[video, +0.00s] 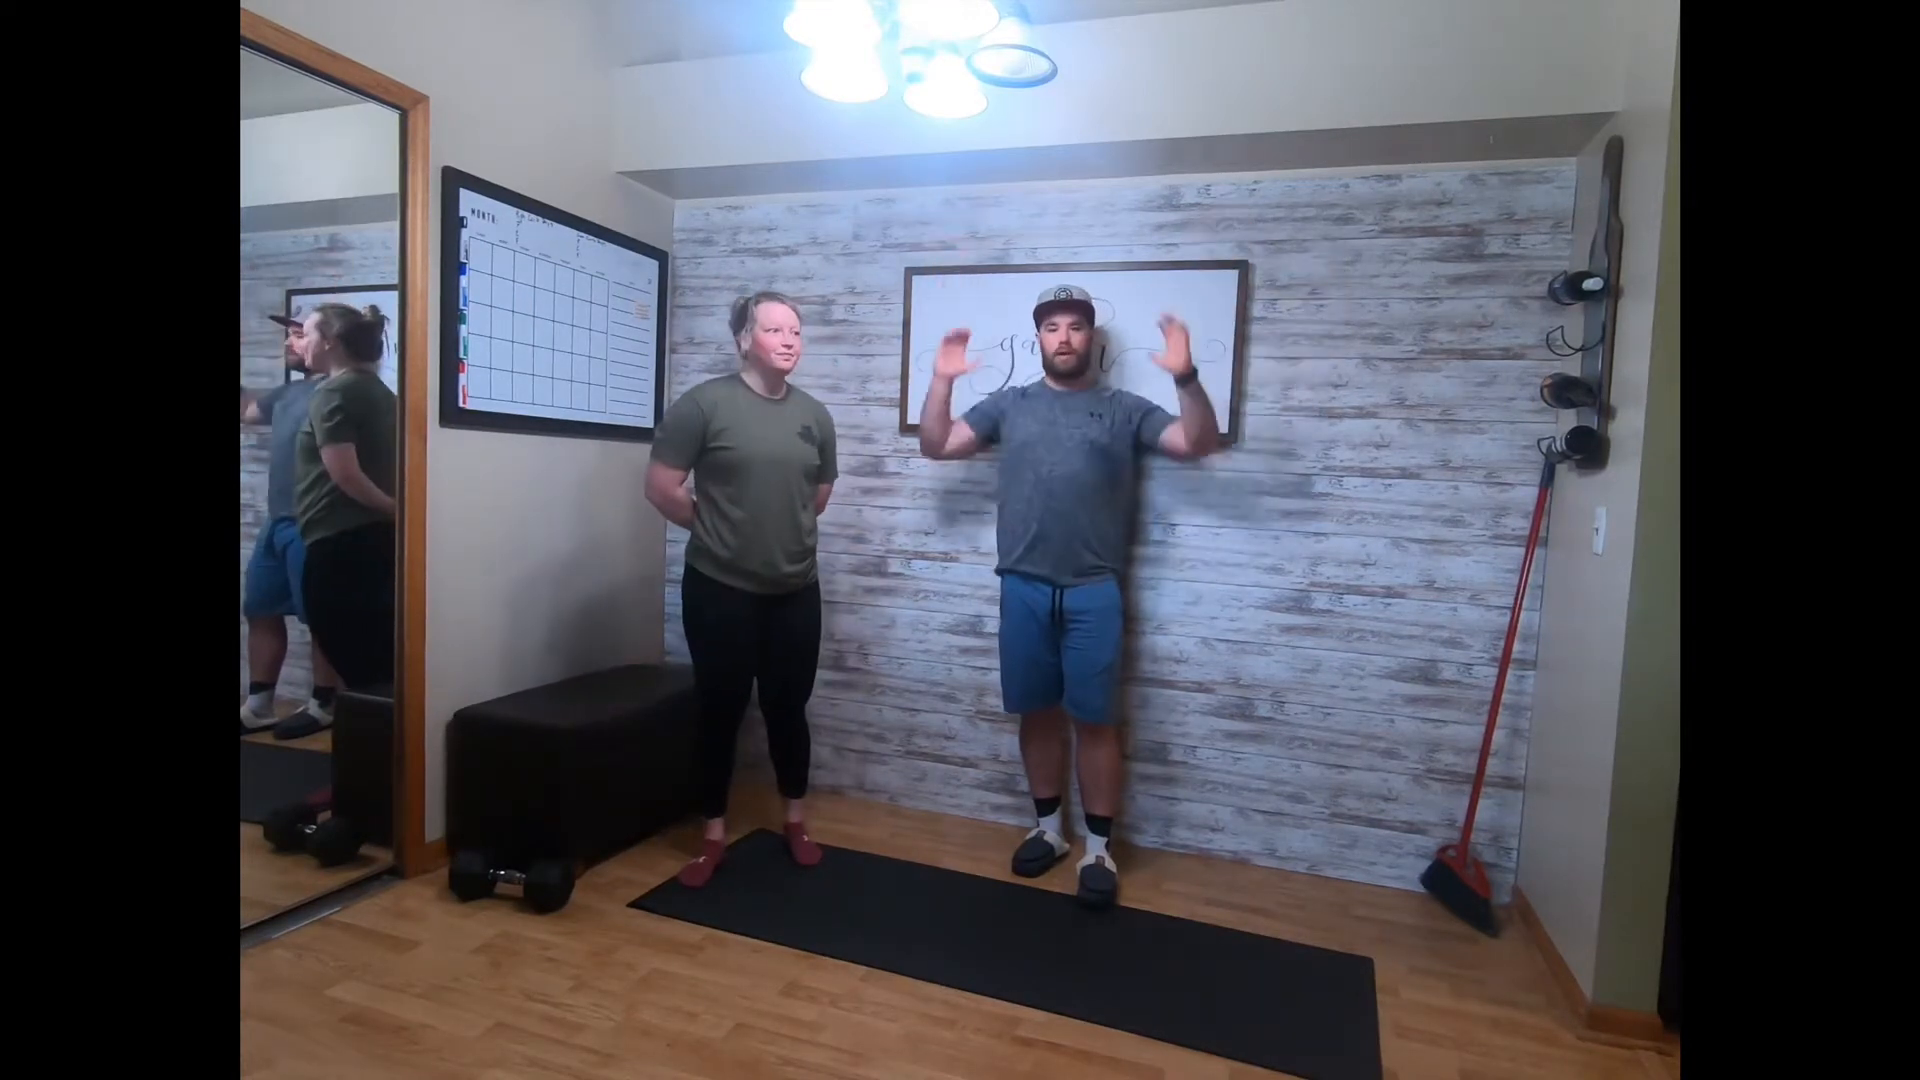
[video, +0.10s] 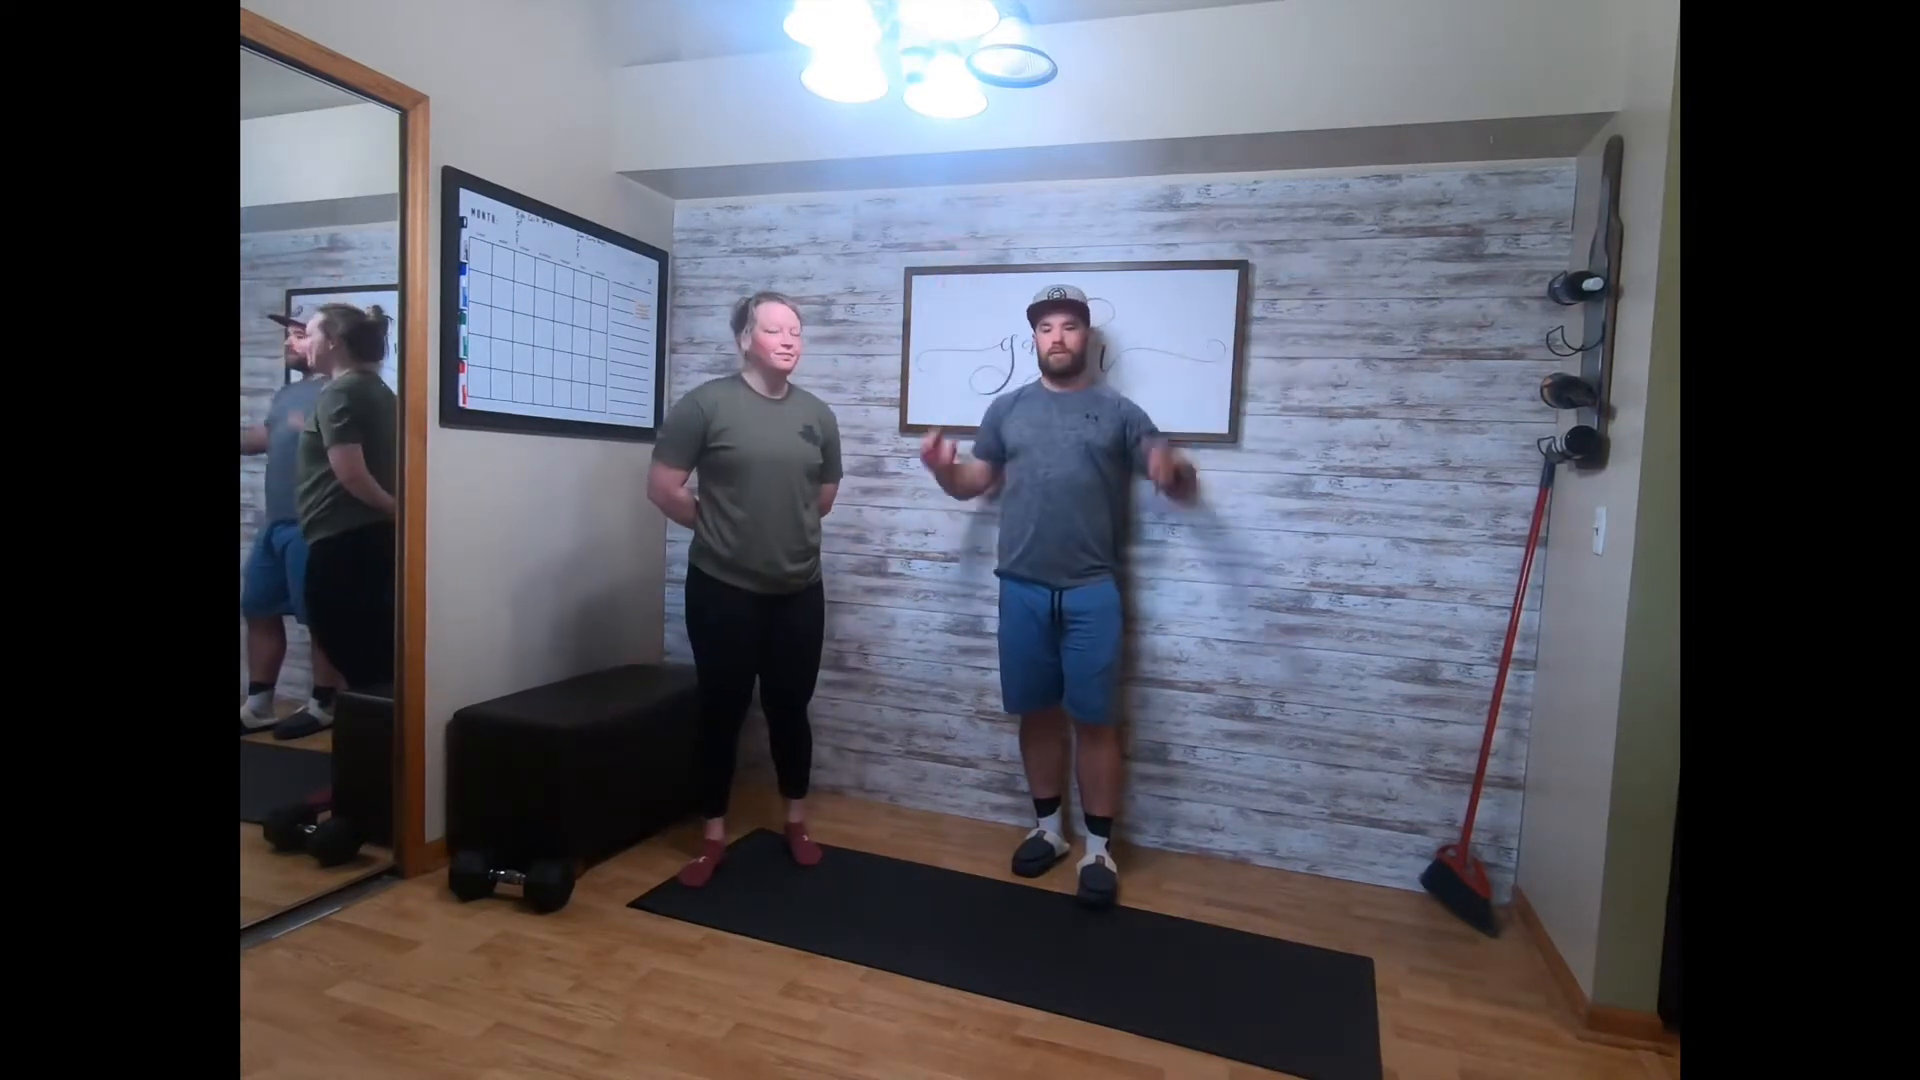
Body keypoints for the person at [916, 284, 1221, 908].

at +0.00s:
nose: (1064, 336)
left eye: (1076, 327)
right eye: (1053, 328)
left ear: (1093, 339)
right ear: (1038, 340)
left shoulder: (1122, 408)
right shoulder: (1012, 404)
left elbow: (1199, 440)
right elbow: (937, 443)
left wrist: (1185, 376)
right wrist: (942, 378)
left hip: (1094, 579)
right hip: (1024, 577)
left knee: (1093, 715)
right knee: (1036, 709)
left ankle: (1097, 851)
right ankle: (1048, 831)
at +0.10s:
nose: (1057, 337)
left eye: (1069, 327)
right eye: (1046, 328)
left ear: (1088, 337)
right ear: (1033, 339)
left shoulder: (1116, 410)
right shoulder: (1008, 408)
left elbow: (1175, 481)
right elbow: (976, 480)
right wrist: (948, 471)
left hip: (1092, 581)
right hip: (1023, 580)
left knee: (1094, 716)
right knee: (1036, 710)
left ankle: (1098, 851)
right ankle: (1048, 830)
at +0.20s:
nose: (1049, 338)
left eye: (1062, 327)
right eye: (1038, 329)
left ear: (1083, 337)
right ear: (1028, 339)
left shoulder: (1115, 411)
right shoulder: (1008, 411)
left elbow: (1149, 490)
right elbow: (986, 490)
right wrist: (950, 550)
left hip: (1089, 583)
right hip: (1020, 582)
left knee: (1091, 716)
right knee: (1033, 710)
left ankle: (1098, 850)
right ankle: (1047, 829)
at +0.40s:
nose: (1030, 333)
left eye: (1042, 323)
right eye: (1024, 327)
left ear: (1072, 331)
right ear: (1020, 339)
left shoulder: (1114, 408)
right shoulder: (1002, 408)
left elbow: (1143, 492)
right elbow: (986, 489)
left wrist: (1146, 570)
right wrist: (980, 563)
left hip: (1087, 581)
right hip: (1014, 580)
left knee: (1086, 717)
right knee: (1031, 711)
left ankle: (1094, 850)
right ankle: (1047, 829)